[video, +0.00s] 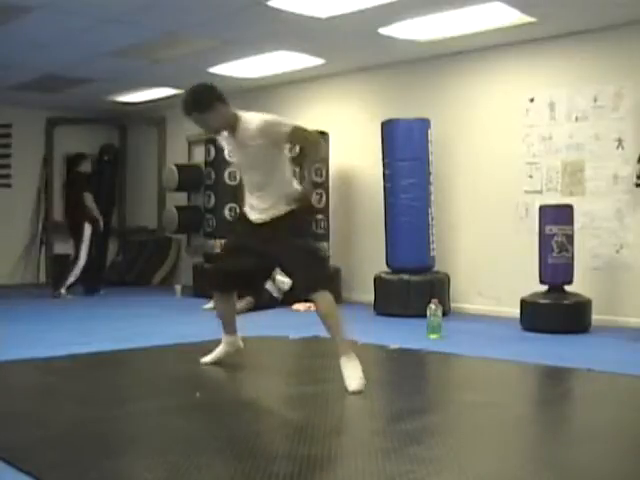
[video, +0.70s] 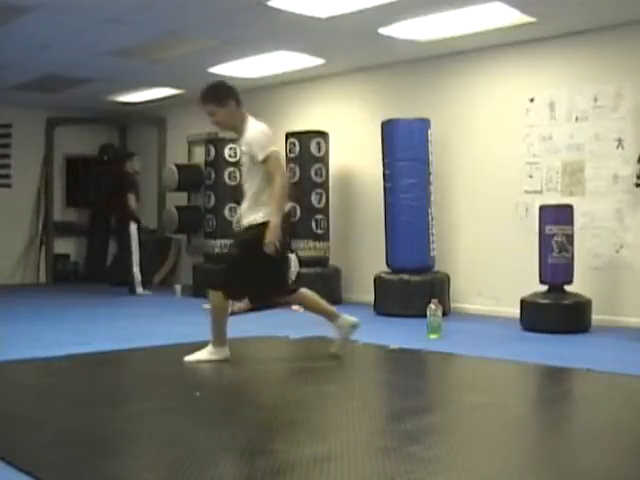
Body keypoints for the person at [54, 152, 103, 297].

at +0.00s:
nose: (90, 167)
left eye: (89, 163)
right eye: (87, 164)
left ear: (75, 165)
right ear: (81, 165)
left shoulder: (70, 180)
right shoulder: (83, 179)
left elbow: (70, 203)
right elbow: (88, 201)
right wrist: (99, 217)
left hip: (73, 219)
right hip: (83, 219)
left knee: (80, 255)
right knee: (82, 256)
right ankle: (63, 287)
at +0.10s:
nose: (98, 168)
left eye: (97, 165)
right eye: (96, 165)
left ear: (83, 166)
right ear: (90, 166)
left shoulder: (77, 180)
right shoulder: (89, 180)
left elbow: (74, 204)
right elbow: (92, 203)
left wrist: (79, 217)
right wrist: (101, 219)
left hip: (80, 219)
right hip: (90, 220)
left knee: (88, 255)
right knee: (97, 255)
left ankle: (91, 286)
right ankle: (76, 284)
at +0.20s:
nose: (106, 168)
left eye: (106, 164)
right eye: (105, 164)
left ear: (94, 163)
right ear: (98, 162)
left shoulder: (84, 175)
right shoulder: (93, 176)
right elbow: (96, 199)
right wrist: (108, 215)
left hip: (85, 218)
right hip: (95, 218)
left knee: (90, 252)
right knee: (107, 253)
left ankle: (90, 283)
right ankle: (95, 285)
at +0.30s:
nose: (112, 167)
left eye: (113, 163)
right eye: (111, 163)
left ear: (100, 160)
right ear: (106, 161)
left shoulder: (93, 175)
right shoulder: (101, 178)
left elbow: (98, 200)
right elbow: (102, 199)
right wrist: (114, 215)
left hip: (92, 217)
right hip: (102, 218)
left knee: (94, 252)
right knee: (113, 251)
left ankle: (92, 285)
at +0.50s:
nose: (122, 164)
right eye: (121, 161)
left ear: (101, 158)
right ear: (115, 160)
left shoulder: (95, 174)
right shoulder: (113, 177)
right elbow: (115, 204)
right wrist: (126, 218)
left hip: (97, 218)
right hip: (113, 219)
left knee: (96, 252)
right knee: (127, 255)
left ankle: (92, 286)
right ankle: (137, 287)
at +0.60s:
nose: (134, 167)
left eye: (134, 163)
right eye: (132, 163)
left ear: (103, 159)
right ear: (123, 162)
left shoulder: (98, 175)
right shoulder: (122, 178)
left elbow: (93, 200)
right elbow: (125, 202)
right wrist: (133, 217)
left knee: (100, 250)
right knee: (130, 253)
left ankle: (97, 283)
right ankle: (137, 287)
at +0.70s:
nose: (139, 165)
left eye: (138, 162)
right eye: (136, 162)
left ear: (126, 164)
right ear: (129, 163)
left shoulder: (118, 176)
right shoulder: (129, 178)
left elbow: (116, 201)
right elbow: (131, 203)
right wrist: (140, 219)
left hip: (119, 218)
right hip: (129, 220)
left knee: (120, 251)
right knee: (133, 253)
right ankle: (137, 286)